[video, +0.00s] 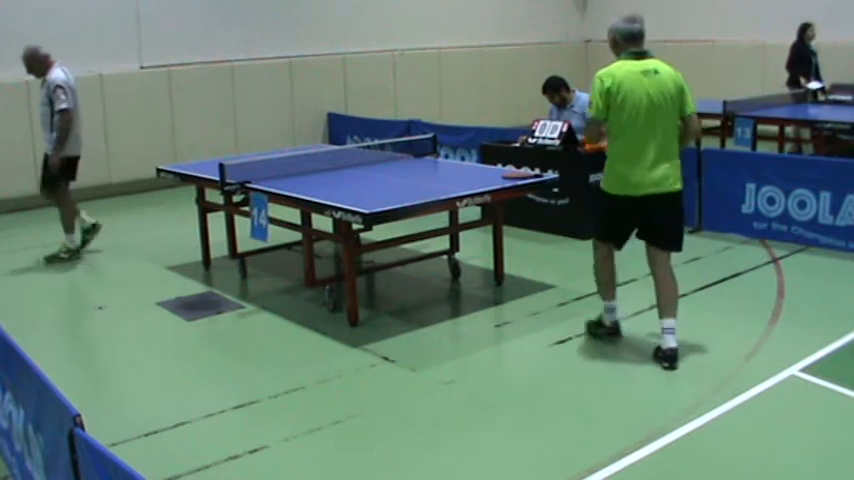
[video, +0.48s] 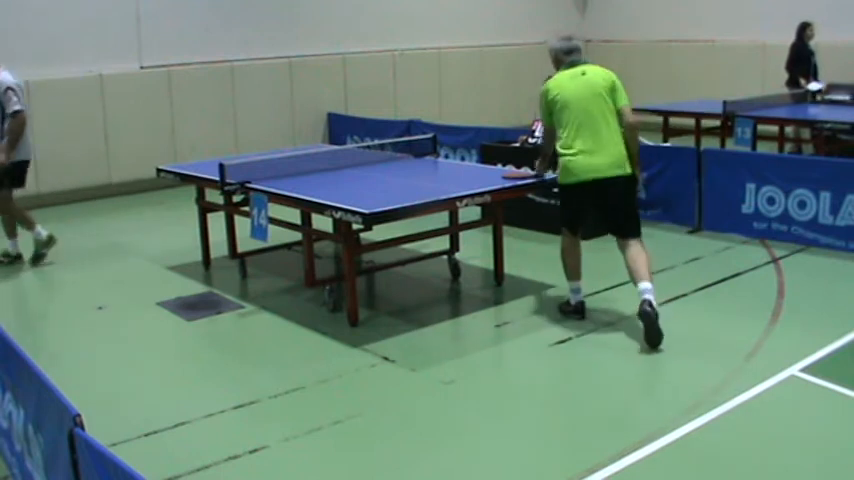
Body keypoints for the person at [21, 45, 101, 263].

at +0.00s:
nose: (30, 73)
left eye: (30, 67)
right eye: (28, 68)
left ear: (40, 61)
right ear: (41, 60)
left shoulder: (56, 80)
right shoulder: (54, 77)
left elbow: (65, 116)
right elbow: (63, 115)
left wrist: (57, 151)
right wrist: (54, 146)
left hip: (64, 151)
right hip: (58, 149)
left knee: (62, 194)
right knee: (50, 190)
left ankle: (71, 244)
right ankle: (86, 223)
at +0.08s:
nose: (21, 74)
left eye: (21, 69)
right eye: (19, 69)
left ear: (30, 62)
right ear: (35, 58)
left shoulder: (47, 80)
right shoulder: (46, 77)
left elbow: (56, 115)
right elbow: (52, 116)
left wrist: (39, 150)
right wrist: (40, 148)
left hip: (57, 151)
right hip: (51, 151)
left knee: (59, 195)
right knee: (38, 192)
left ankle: (70, 244)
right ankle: (61, 236)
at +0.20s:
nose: (7, 74)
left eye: (7, 69)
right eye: (5, 70)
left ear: (17, 62)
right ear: (17, 62)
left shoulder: (33, 81)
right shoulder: (30, 79)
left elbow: (41, 116)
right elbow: (38, 117)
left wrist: (21, 146)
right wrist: (23, 146)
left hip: (43, 152)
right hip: (37, 152)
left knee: (53, 196)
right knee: (27, 196)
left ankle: (70, 245)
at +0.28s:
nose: (1, 77)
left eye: (1, 72)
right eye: (0, 72)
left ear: (8, 66)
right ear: (12, 63)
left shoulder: (24, 83)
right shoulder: (23, 81)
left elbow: (34, 118)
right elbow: (31, 119)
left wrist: (11, 147)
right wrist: (15, 146)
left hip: (33, 155)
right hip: (29, 155)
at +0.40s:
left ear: (0, 65)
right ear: (3, 63)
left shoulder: (12, 82)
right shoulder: (9, 82)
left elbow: (24, 118)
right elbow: (22, 119)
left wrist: (7, 148)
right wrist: (7, 147)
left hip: (19, 158)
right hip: (11, 158)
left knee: (19, 203)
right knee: (11, 204)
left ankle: (57, 237)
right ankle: (13, 249)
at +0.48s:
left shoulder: (5, 82)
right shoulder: (6, 82)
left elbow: (18, 117)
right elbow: (17, 117)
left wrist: (6, 151)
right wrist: (6, 149)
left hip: (14, 155)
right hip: (8, 156)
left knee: (6, 201)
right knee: (5, 203)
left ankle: (41, 235)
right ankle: (13, 249)